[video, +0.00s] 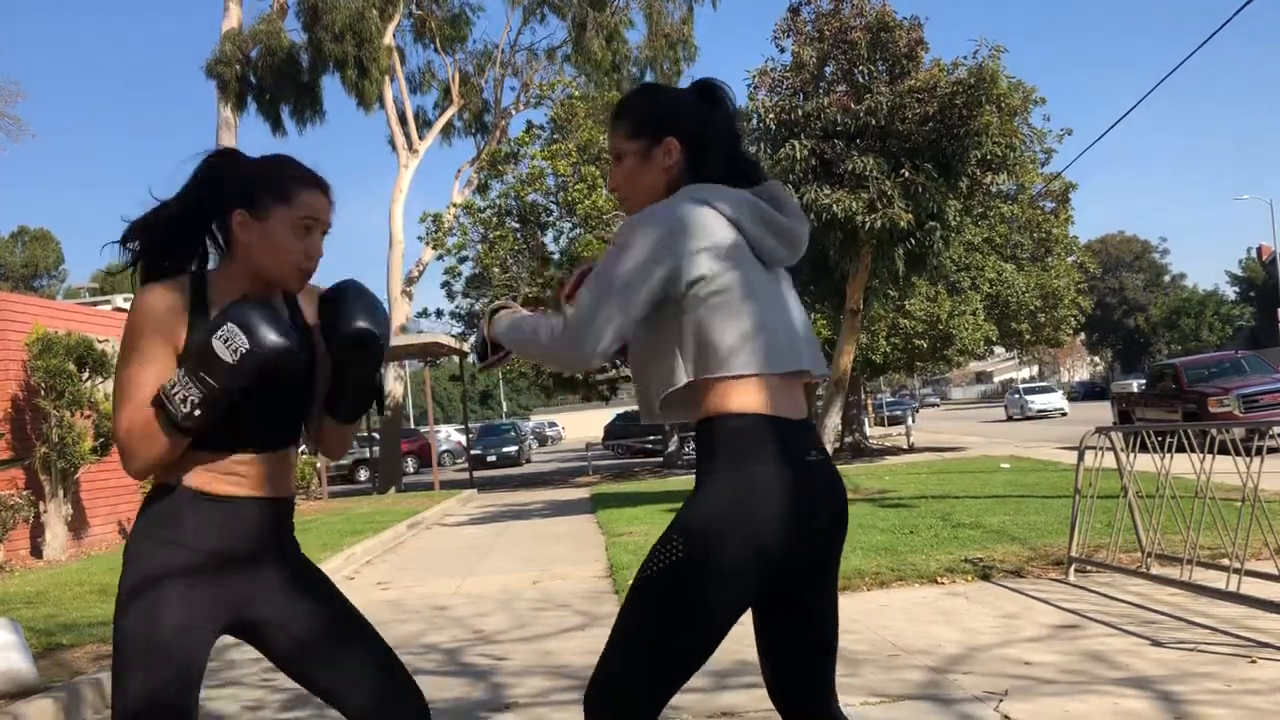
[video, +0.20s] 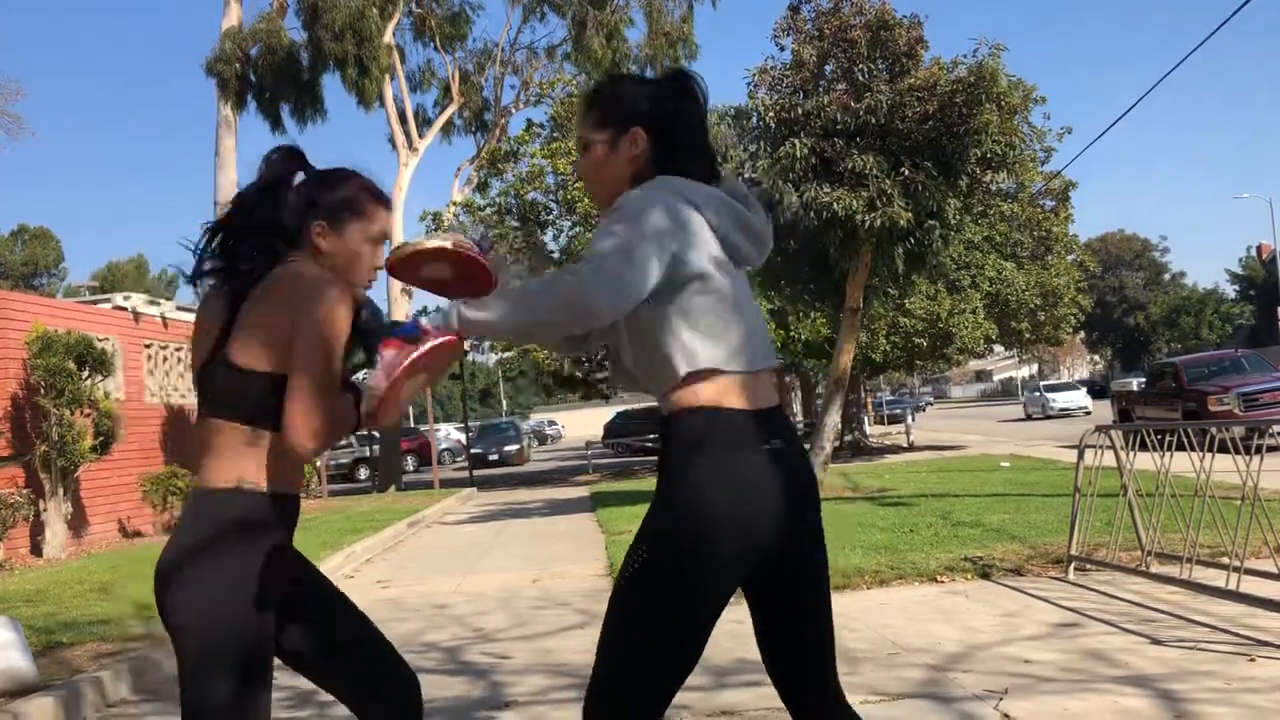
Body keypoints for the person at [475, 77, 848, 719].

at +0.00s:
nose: (609, 179)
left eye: (618, 159)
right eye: (609, 162)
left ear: (669, 155)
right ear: (674, 157)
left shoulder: (666, 225)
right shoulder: (750, 221)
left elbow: (583, 344)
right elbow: (699, 329)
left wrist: (504, 322)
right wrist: (609, 282)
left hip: (741, 489)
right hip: (812, 484)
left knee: (615, 701)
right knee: (810, 702)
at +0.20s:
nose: (580, 167)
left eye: (587, 148)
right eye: (580, 150)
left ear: (634, 144)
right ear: (633, 146)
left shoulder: (649, 209)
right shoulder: (694, 213)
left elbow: (593, 295)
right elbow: (613, 348)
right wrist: (511, 297)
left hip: (712, 473)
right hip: (780, 468)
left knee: (619, 701)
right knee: (814, 690)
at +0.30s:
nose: (562, 178)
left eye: (567, 156)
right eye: (561, 158)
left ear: (613, 145)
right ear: (623, 148)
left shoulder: (625, 208)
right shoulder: (701, 214)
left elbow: (475, 258)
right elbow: (628, 354)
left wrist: (335, 238)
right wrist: (547, 316)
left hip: (709, 476)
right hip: (784, 470)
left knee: (620, 703)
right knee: (813, 691)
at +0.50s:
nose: (569, 195)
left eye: (574, 179)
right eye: (566, 182)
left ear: (621, 167)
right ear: (635, 162)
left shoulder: (620, 230)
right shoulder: (731, 223)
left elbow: (436, 244)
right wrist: (596, 345)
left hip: (719, 493)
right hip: (801, 488)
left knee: (605, 705)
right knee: (815, 700)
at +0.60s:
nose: (604, 207)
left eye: (609, 187)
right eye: (601, 190)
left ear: (656, 174)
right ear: (667, 172)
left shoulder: (657, 234)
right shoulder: (760, 229)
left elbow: (543, 332)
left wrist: (536, 294)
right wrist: (618, 306)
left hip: (741, 494)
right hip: (822, 491)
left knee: (620, 704)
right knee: (822, 701)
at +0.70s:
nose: (618, 205)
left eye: (622, 182)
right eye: (613, 187)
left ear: (671, 167)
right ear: (677, 165)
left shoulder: (693, 227)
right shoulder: (768, 225)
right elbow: (739, 351)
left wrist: (605, 332)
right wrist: (639, 327)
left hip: (756, 493)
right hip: (825, 489)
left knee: (631, 703)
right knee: (822, 700)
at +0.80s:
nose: (617, 191)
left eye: (624, 169)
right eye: (615, 173)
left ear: (674, 159)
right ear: (673, 161)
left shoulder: (727, 224)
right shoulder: (691, 242)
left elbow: (741, 361)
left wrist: (641, 304)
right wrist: (604, 303)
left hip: (766, 489)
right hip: (806, 485)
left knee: (643, 706)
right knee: (817, 701)